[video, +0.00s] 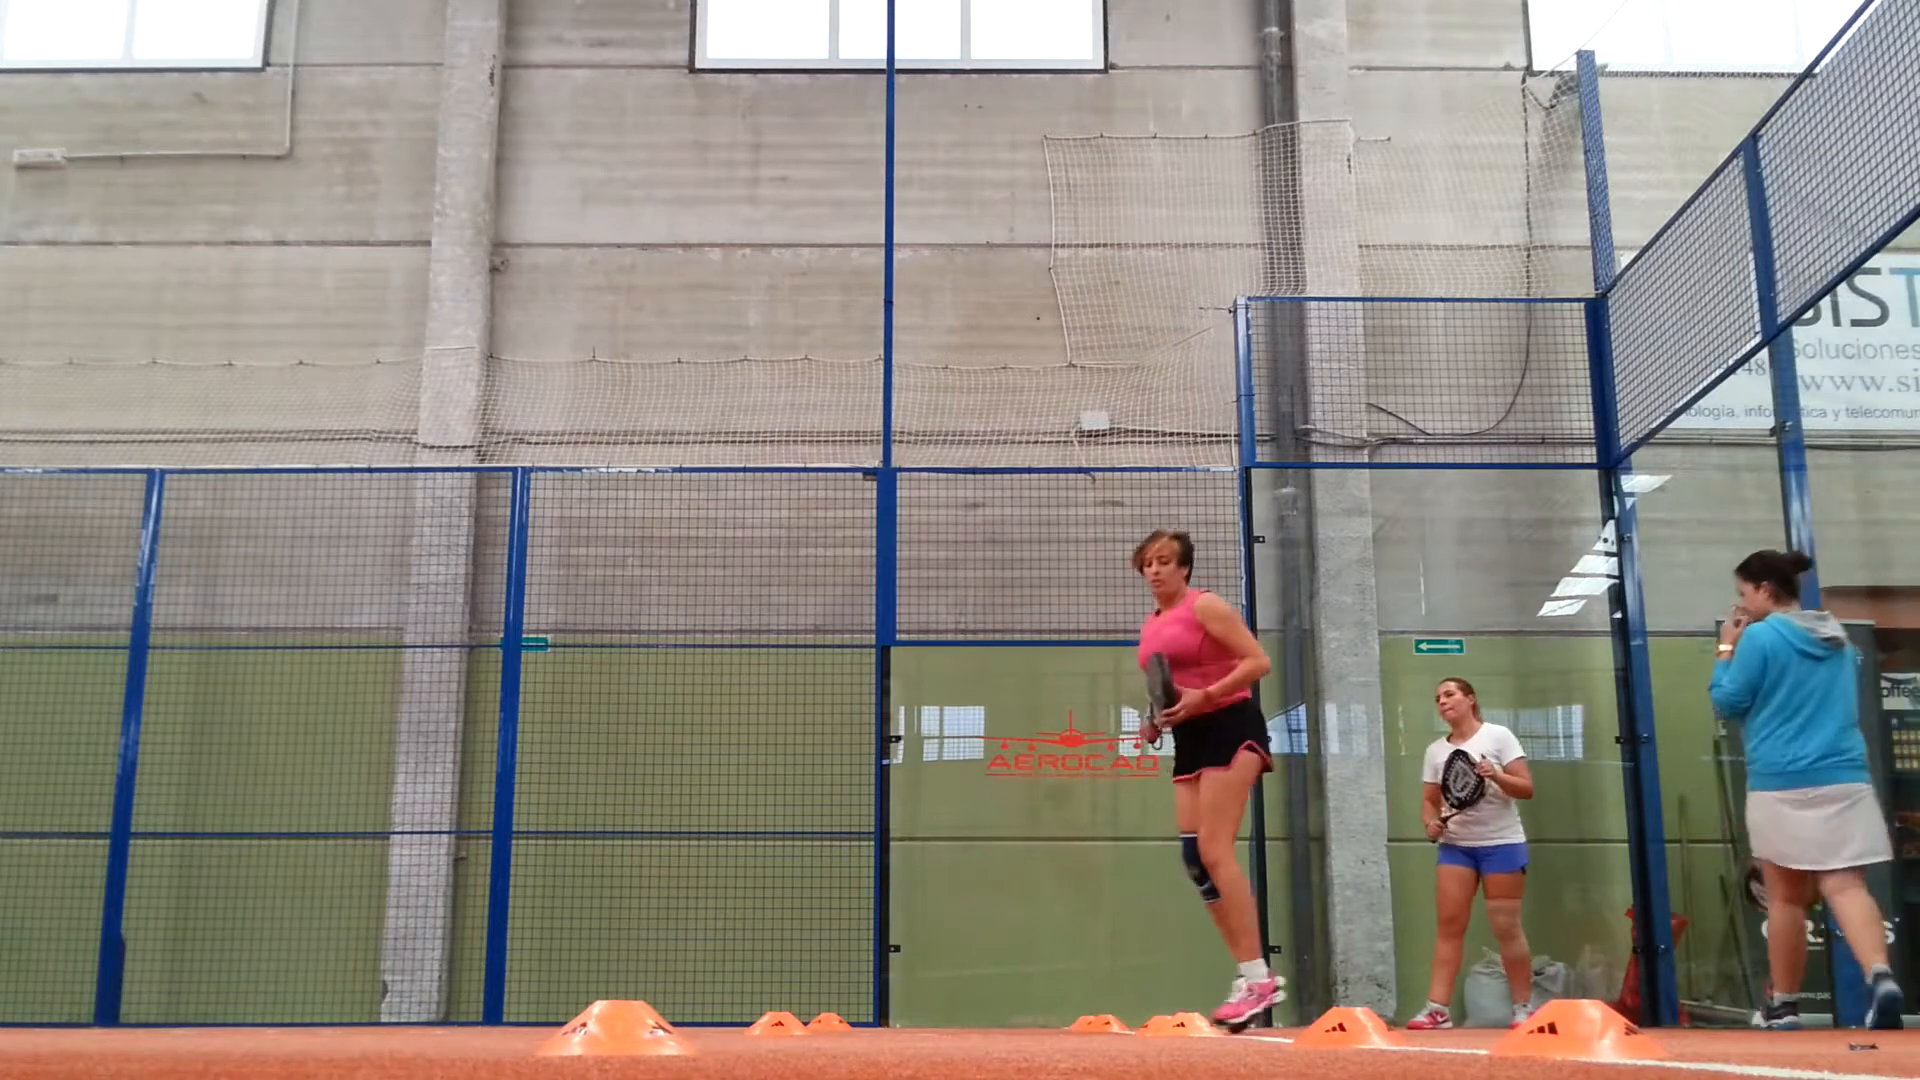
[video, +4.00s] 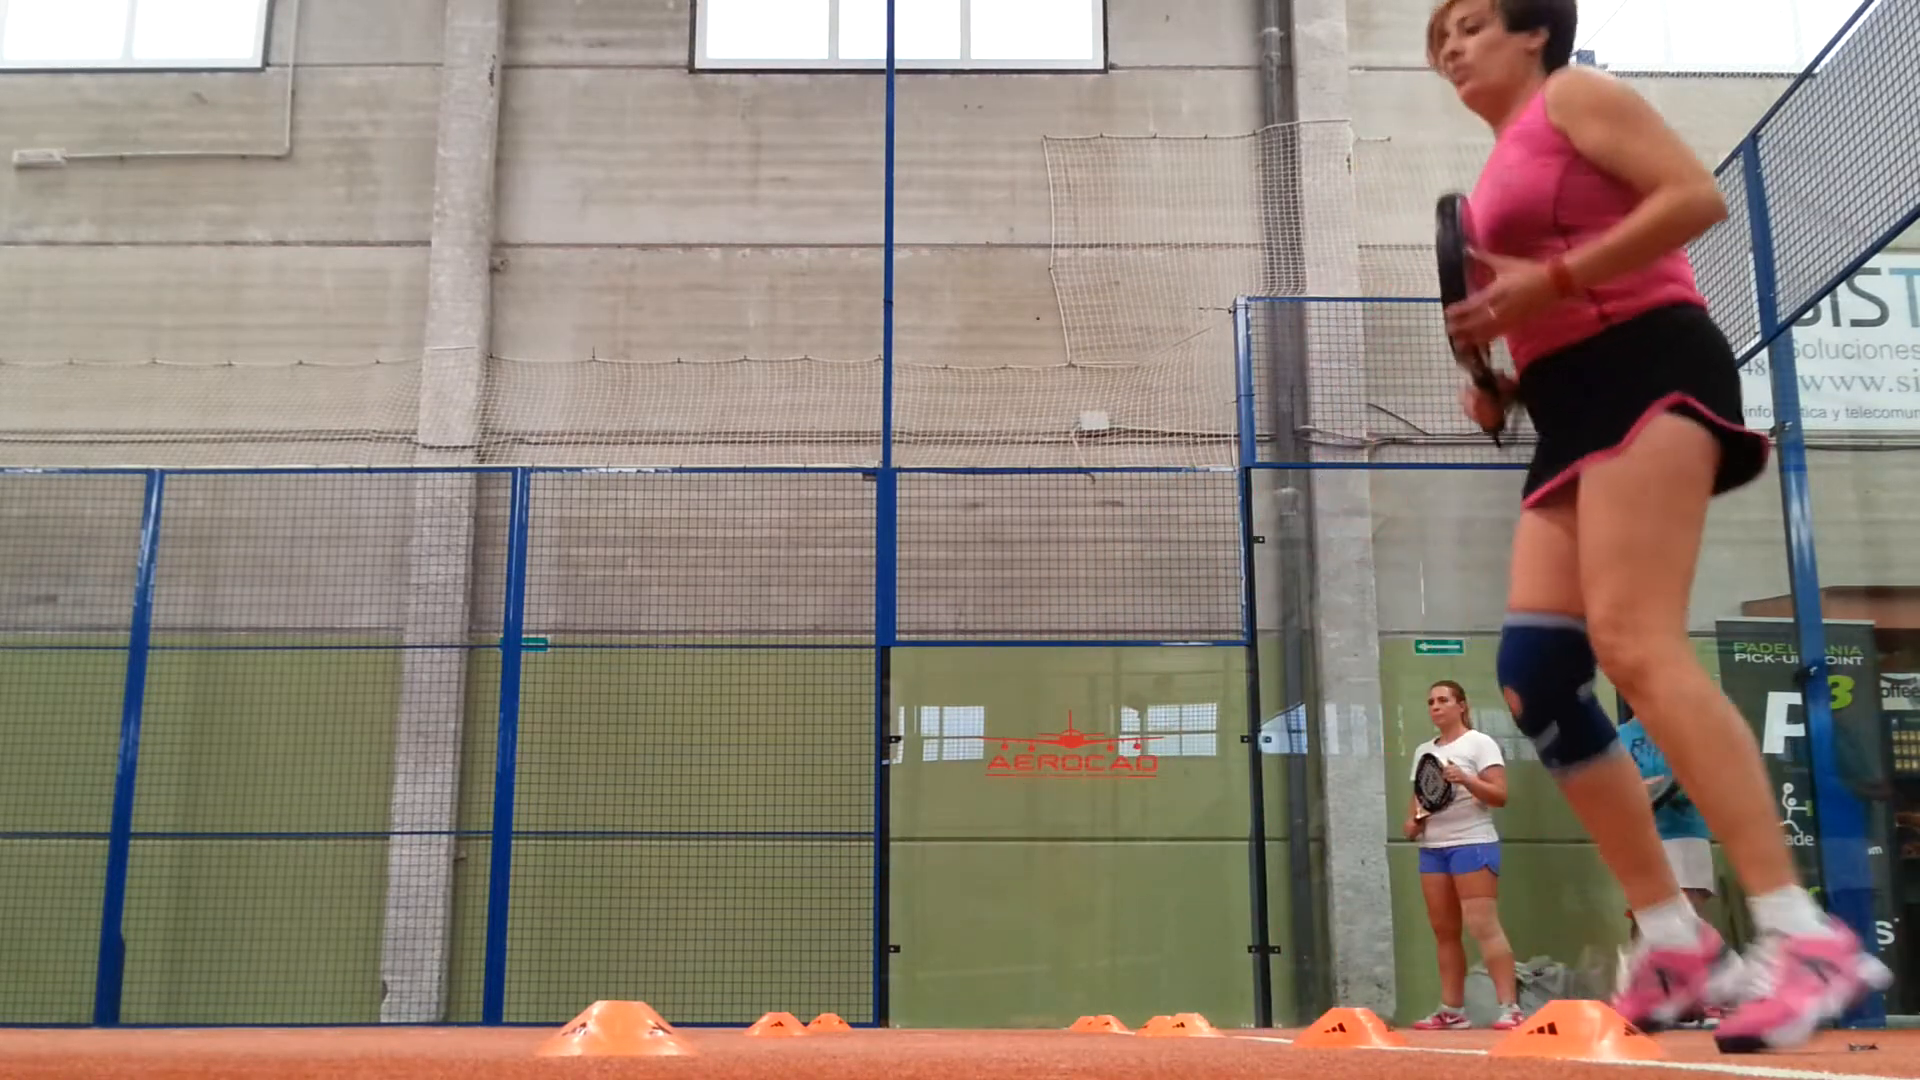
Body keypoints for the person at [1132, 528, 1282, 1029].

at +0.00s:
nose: (1154, 570)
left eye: (1164, 562)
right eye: (1148, 564)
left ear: (1184, 568)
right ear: (1142, 573)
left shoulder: (1207, 606)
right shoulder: (1152, 624)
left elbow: (1258, 661)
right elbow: (1166, 687)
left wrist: (1206, 697)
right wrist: (1156, 719)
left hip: (1232, 734)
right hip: (1191, 738)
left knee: (1216, 852)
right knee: (1197, 861)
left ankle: (1259, 975)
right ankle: (1250, 976)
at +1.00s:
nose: (1138, 503)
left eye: (1146, 490)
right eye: (1134, 495)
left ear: (1182, 489)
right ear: (1144, 505)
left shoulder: (1228, 525)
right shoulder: (1164, 564)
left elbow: (1304, 578)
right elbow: (1177, 632)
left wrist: (1252, 623)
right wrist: (1180, 678)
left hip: (1274, 677)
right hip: (1219, 691)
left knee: (1255, 820)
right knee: (1222, 837)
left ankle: (1299, 972)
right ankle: (1271, 971)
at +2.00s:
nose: (1064, 655)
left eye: (1075, 642)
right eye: (1056, 646)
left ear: (1108, 642)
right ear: (1051, 651)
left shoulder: (1160, 666)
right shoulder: (1058, 698)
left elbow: (1236, 719)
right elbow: (997, 774)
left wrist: (1284, 789)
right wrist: (950, 846)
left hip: (1165, 764)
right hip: (1081, 767)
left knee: (1223, 865)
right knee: (1022, 867)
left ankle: (1248, 999)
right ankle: (970, 1000)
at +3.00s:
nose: (1320, 324)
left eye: (1337, 312)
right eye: (1310, 316)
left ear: (1366, 329)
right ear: (1299, 336)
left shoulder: (1388, 386)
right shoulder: (1322, 417)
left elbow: (1466, 475)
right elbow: (1356, 513)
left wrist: (1381, 528)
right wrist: (1324, 560)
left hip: (1429, 579)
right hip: (1376, 594)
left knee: (1404, 771)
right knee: (1400, 781)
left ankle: (1508, 954)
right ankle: (1462, 973)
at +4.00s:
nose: (1447, 46)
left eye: (1467, 25)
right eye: (1438, 39)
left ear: (1530, 29)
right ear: (1445, 62)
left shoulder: (1576, 94)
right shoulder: (1500, 167)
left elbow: (1697, 195)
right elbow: (1558, 307)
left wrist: (1555, 276)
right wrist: (1501, 380)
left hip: (1651, 369)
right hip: (1570, 404)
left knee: (1638, 642)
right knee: (1540, 676)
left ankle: (1807, 942)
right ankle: (1676, 942)